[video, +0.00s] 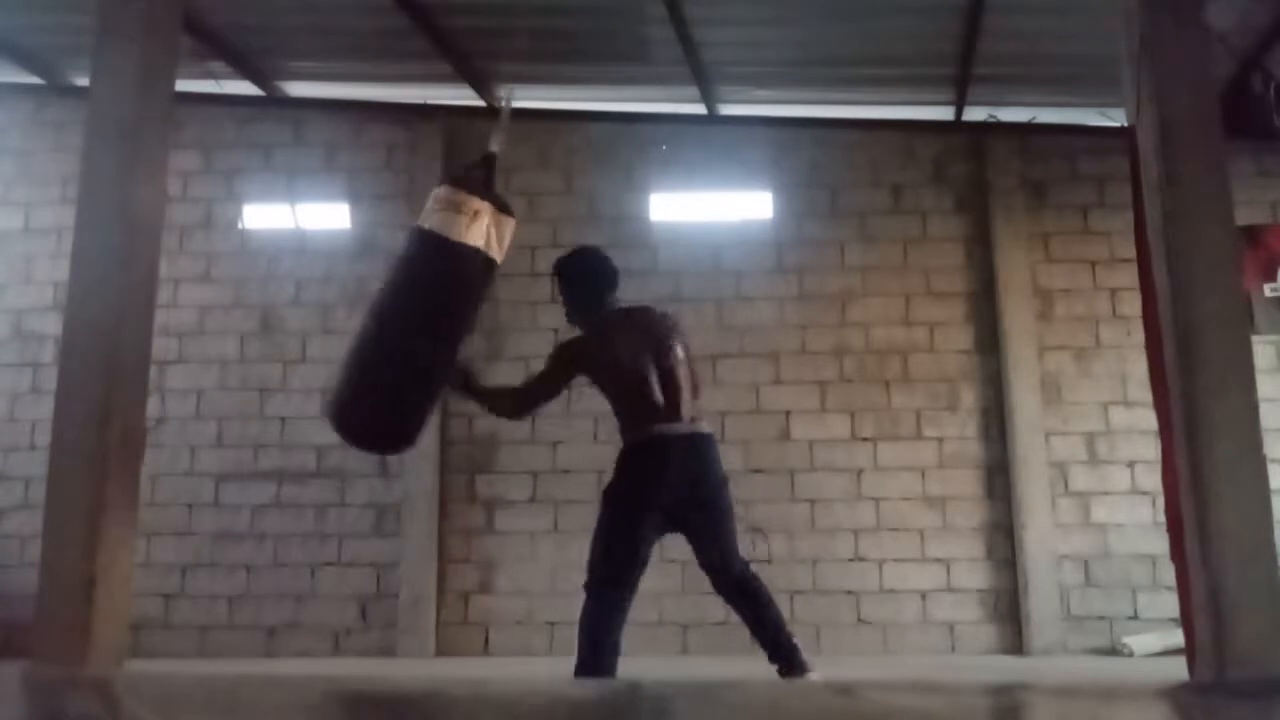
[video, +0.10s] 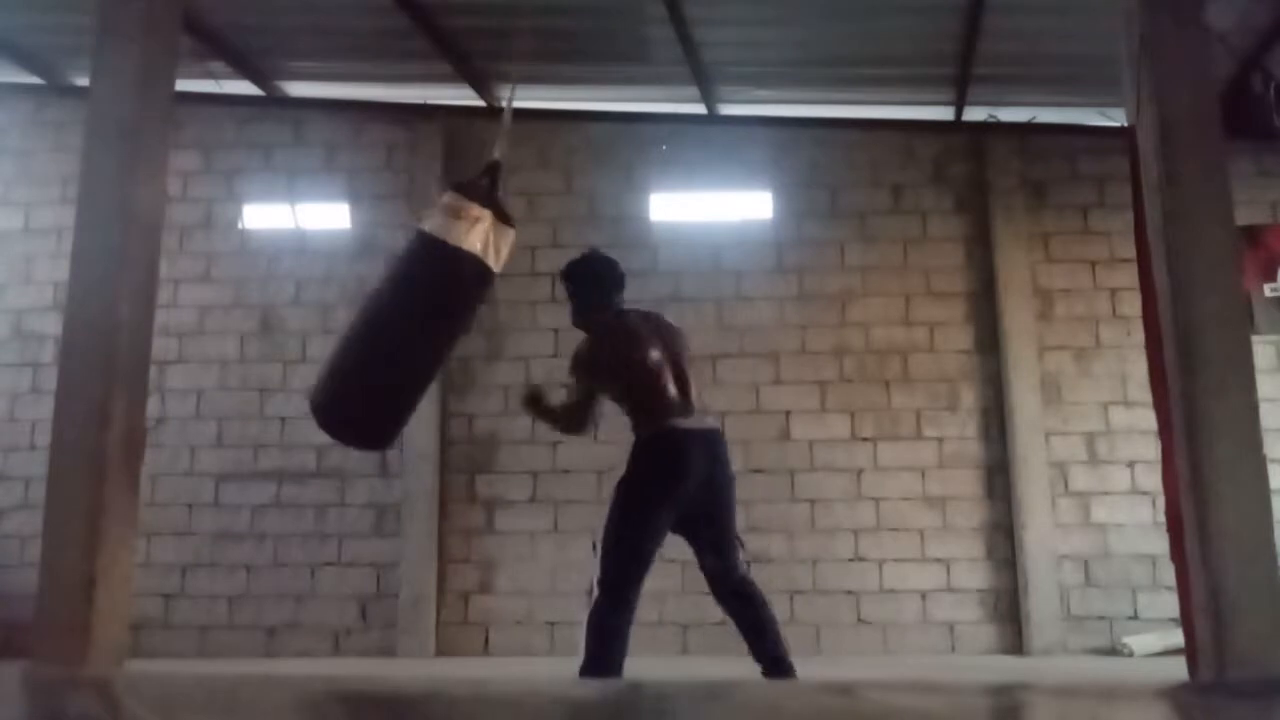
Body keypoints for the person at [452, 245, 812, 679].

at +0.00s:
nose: (562, 305)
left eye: (565, 294)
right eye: (562, 293)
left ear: (578, 294)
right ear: (610, 286)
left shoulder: (582, 346)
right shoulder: (663, 320)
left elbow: (518, 403)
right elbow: (685, 387)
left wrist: (467, 384)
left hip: (647, 463)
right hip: (700, 456)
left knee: (609, 586)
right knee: (729, 569)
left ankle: (591, 696)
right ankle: (795, 668)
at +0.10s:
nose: (569, 309)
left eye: (572, 297)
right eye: (568, 297)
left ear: (587, 297)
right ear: (614, 291)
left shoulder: (594, 351)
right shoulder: (659, 324)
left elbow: (577, 420)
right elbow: (681, 393)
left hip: (662, 454)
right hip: (710, 448)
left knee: (619, 583)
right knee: (728, 574)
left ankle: (596, 695)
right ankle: (782, 676)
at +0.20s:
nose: (582, 318)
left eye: (585, 306)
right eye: (580, 307)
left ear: (608, 303)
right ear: (622, 301)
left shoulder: (640, 340)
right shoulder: (666, 339)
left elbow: (636, 420)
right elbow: (640, 416)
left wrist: (590, 385)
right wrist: (593, 385)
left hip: (680, 460)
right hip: (718, 458)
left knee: (622, 586)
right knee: (721, 585)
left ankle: (592, 698)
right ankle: (783, 689)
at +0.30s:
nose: (594, 319)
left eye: (598, 306)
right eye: (592, 307)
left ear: (621, 301)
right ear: (633, 302)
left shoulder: (652, 333)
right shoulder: (678, 338)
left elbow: (654, 409)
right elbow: (632, 421)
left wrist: (611, 401)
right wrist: (605, 391)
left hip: (682, 460)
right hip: (719, 460)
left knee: (603, 570)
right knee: (728, 584)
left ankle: (577, 682)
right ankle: (788, 688)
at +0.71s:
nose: (573, 313)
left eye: (577, 302)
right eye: (572, 302)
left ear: (599, 298)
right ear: (613, 296)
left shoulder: (625, 328)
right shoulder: (637, 333)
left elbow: (604, 394)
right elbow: (654, 430)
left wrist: (579, 400)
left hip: (665, 464)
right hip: (686, 465)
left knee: (595, 544)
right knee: (680, 594)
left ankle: (574, 679)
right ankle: (787, 666)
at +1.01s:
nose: (632, 315)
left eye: (637, 303)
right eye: (631, 303)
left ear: (660, 301)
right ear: (671, 302)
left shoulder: (694, 329)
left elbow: (716, 335)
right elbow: (677, 438)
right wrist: (614, 410)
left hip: (717, 472)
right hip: (736, 474)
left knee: (663, 574)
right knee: (727, 604)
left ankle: (615, 685)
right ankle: (813, 686)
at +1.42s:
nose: (707, 301)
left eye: (712, 290)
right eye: (706, 291)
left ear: (734, 290)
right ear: (744, 291)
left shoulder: (775, 325)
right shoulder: (764, 337)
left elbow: (744, 400)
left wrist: (712, 343)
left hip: (781, 468)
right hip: (807, 469)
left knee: (733, 582)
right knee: (777, 585)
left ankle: (789, 683)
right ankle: (876, 666)